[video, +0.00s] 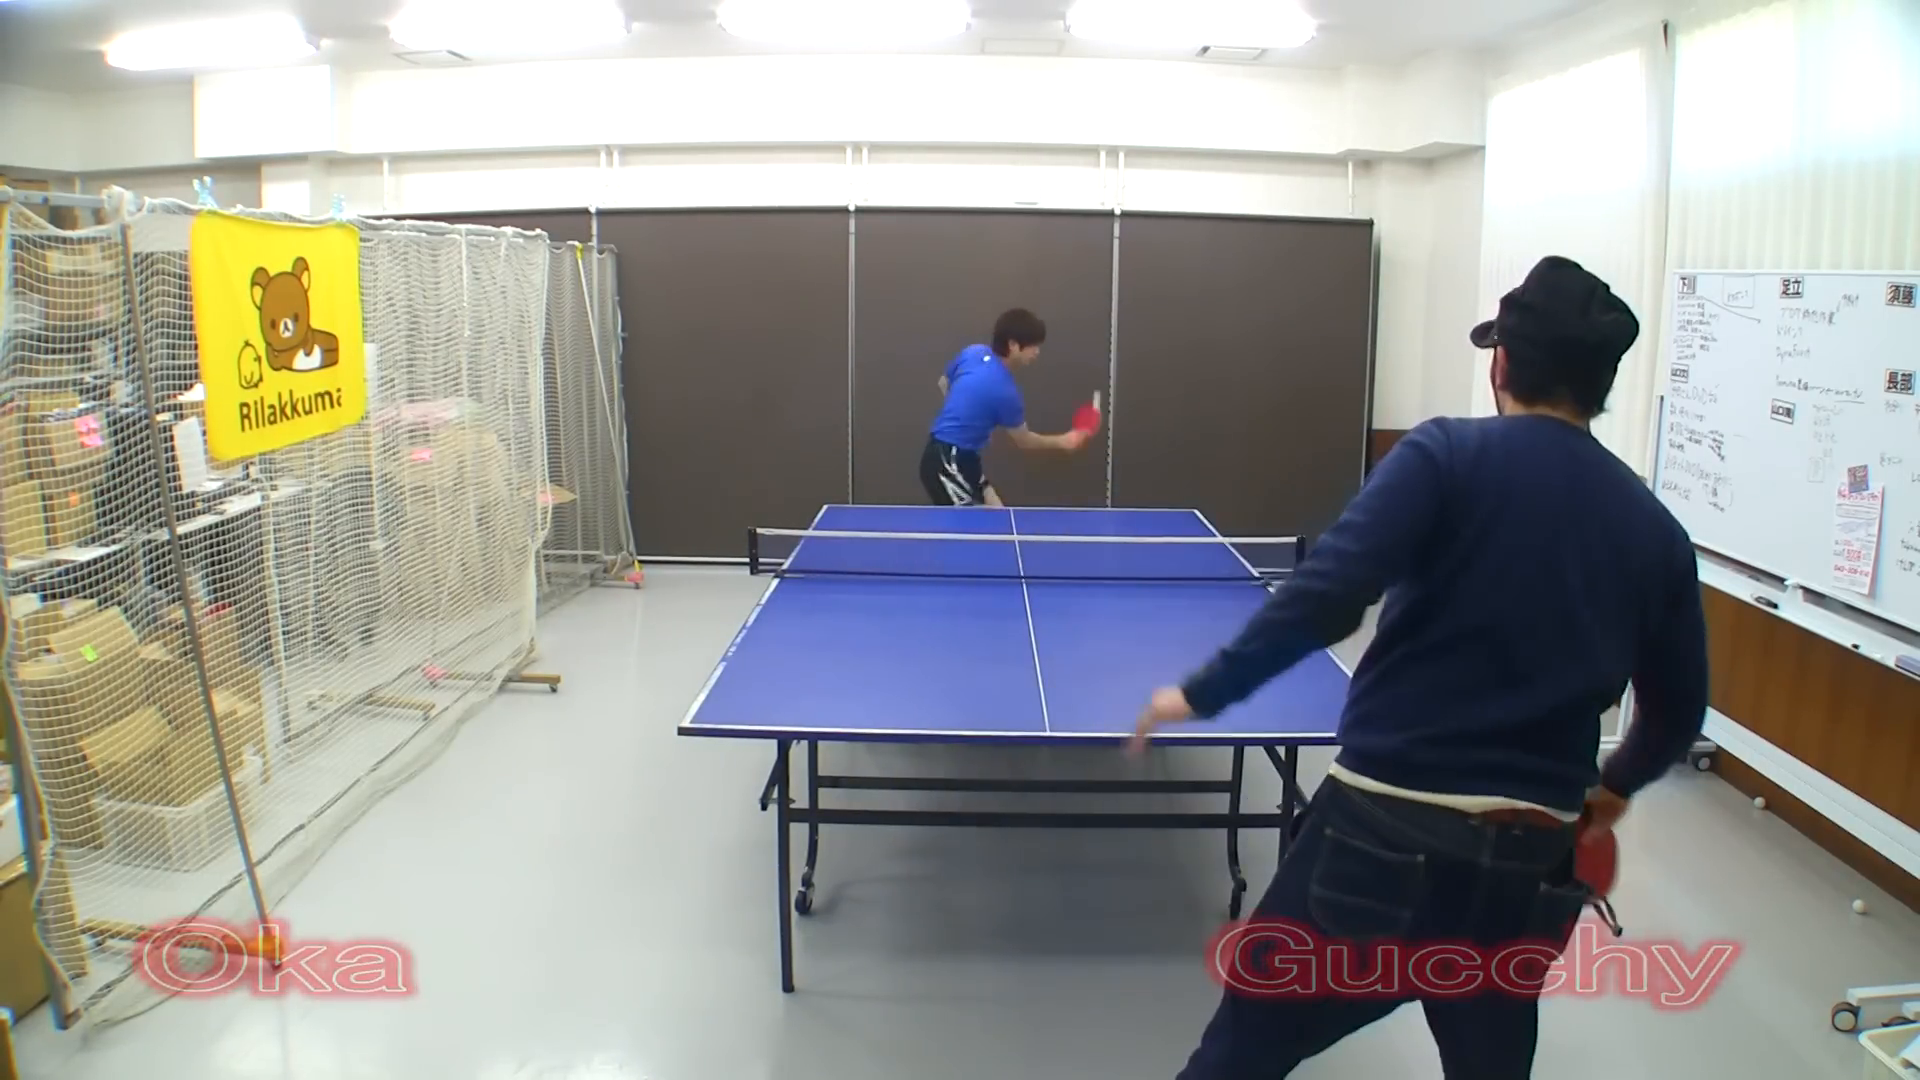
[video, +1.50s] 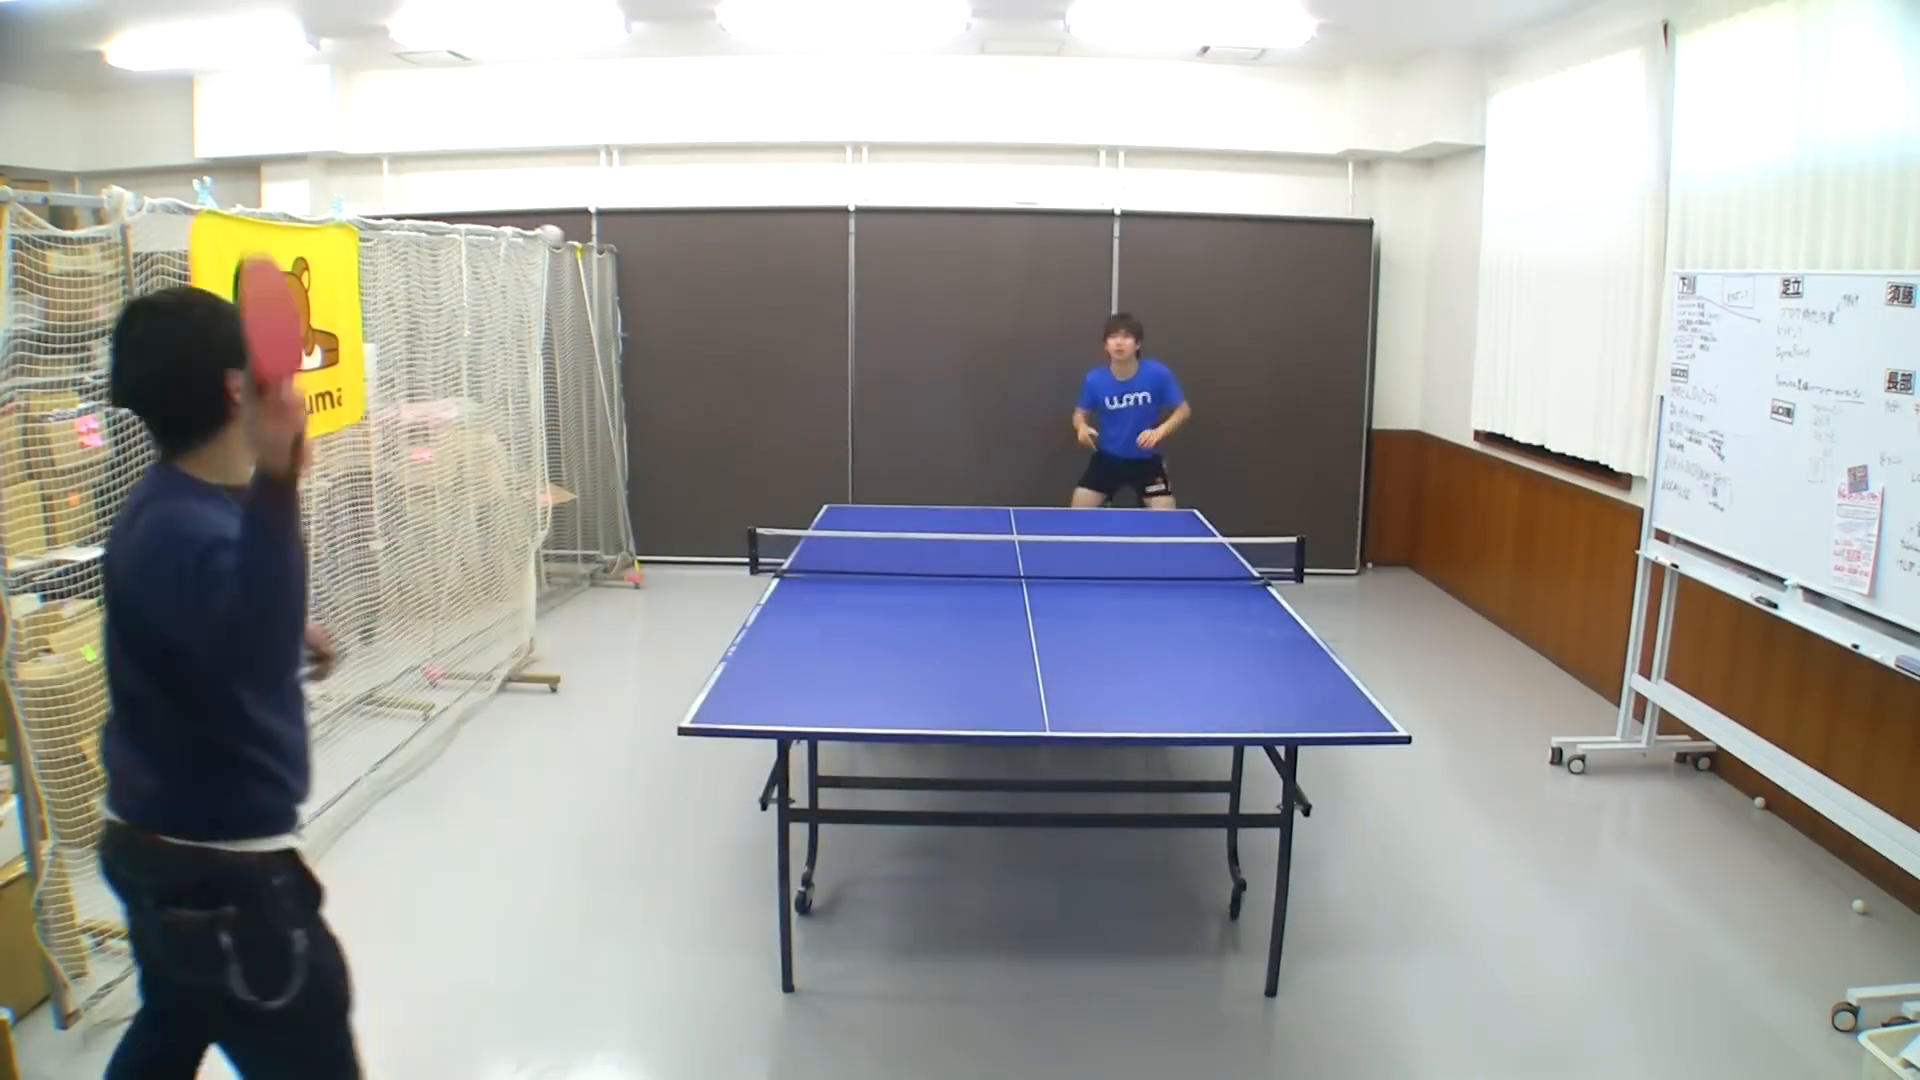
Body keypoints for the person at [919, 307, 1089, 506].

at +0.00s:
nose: (1037, 354)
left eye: (1038, 347)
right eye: (1032, 347)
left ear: (1011, 345)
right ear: (1013, 345)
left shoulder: (975, 353)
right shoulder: (1003, 389)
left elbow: (945, 383)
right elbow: (1023, 440)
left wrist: (967, 419)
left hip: (963, 458)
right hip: (947, 462)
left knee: (999, 517)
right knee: (977, 530)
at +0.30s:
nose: (1024, 333)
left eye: (1023, 326)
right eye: (1014, 328)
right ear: (997, 340)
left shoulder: (979, 362)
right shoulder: (1007, 380)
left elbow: (953, 395)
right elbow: (1004, 436)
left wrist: (946, 434)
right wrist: (1025, 456)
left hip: (951, 458)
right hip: (973, 465)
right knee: (1007, 529)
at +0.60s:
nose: (1014, 309)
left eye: (1017, 303)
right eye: (1005, 305)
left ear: (1024, 309)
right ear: (991, 316)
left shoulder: (1006, 351)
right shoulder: (995, 354)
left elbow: (1001, 399)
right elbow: (988, 403)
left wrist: (1017, 437)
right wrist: (1016, 440)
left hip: (996, 442)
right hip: (984, 443)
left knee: (1001, 515)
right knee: (995, 519)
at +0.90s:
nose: (1027, 319)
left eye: (1033, 312)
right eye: (1020, 314)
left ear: (1041, 318)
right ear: (1010, 322)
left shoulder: (1044, 354)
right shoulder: (1001, 360)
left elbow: (1053, 395)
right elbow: (975, 402)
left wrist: (1073, 441)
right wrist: (1010, 433)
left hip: (1032, 445)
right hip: (1005, 447)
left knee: (1030, 509)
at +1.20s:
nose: (1054, 335)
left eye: (1060, 328)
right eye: (1048, 329)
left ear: (1071, 334)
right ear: (1040, 337)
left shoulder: (1088, 366)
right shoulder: (1026, 378)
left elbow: (1106, 399)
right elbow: (1009, 421)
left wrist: (1112, 435)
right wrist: (1040, 436)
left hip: (1078, 461)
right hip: (1041, 461)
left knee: (1095, 523)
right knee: (1038, 523)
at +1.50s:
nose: (1119, 343)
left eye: (1126, 337)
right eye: (1114, 336)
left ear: (1137, 344)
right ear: (1106, 343)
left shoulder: (1156, 374)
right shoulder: (1095, 379)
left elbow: (1183, 409)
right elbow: (1080, 412)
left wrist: (1159, 432)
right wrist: (1081, 428)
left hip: (1146, 461)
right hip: (1107, 460)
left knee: (1167, 519)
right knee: (1078, 513)